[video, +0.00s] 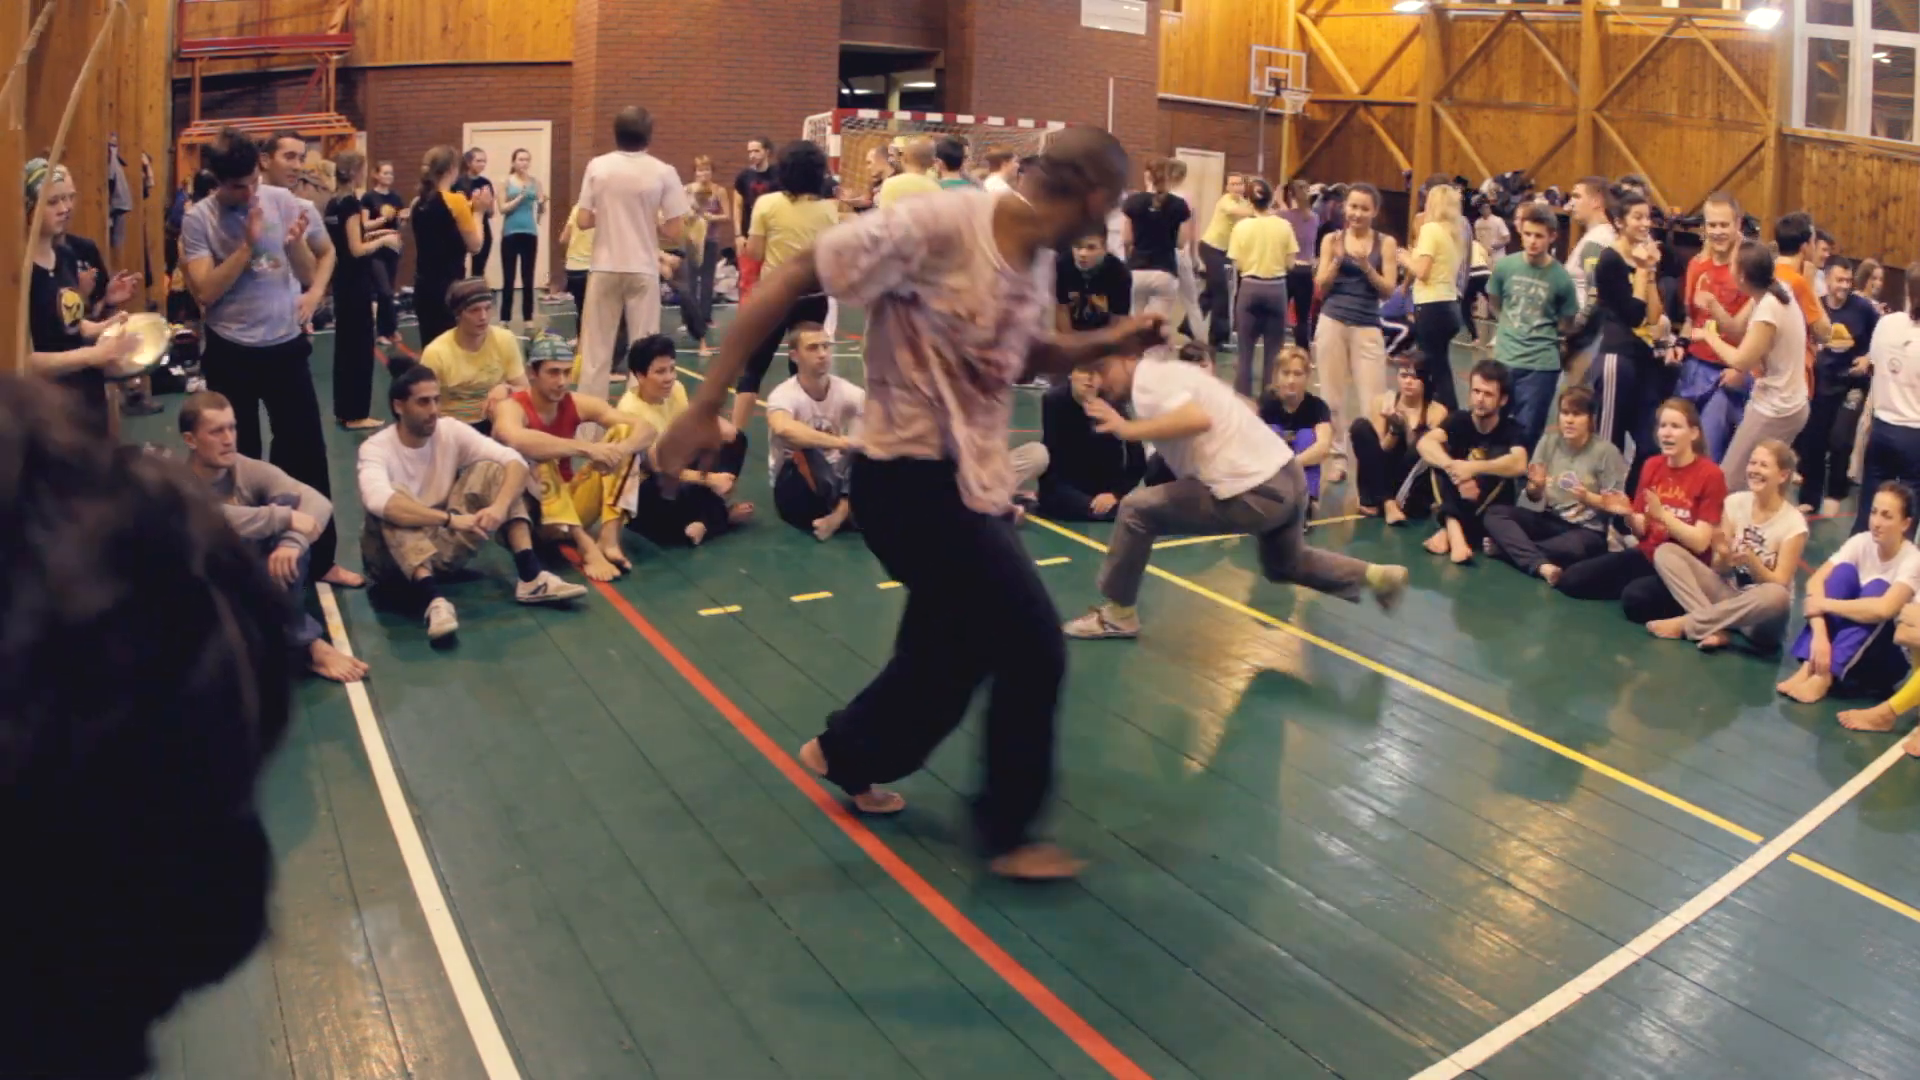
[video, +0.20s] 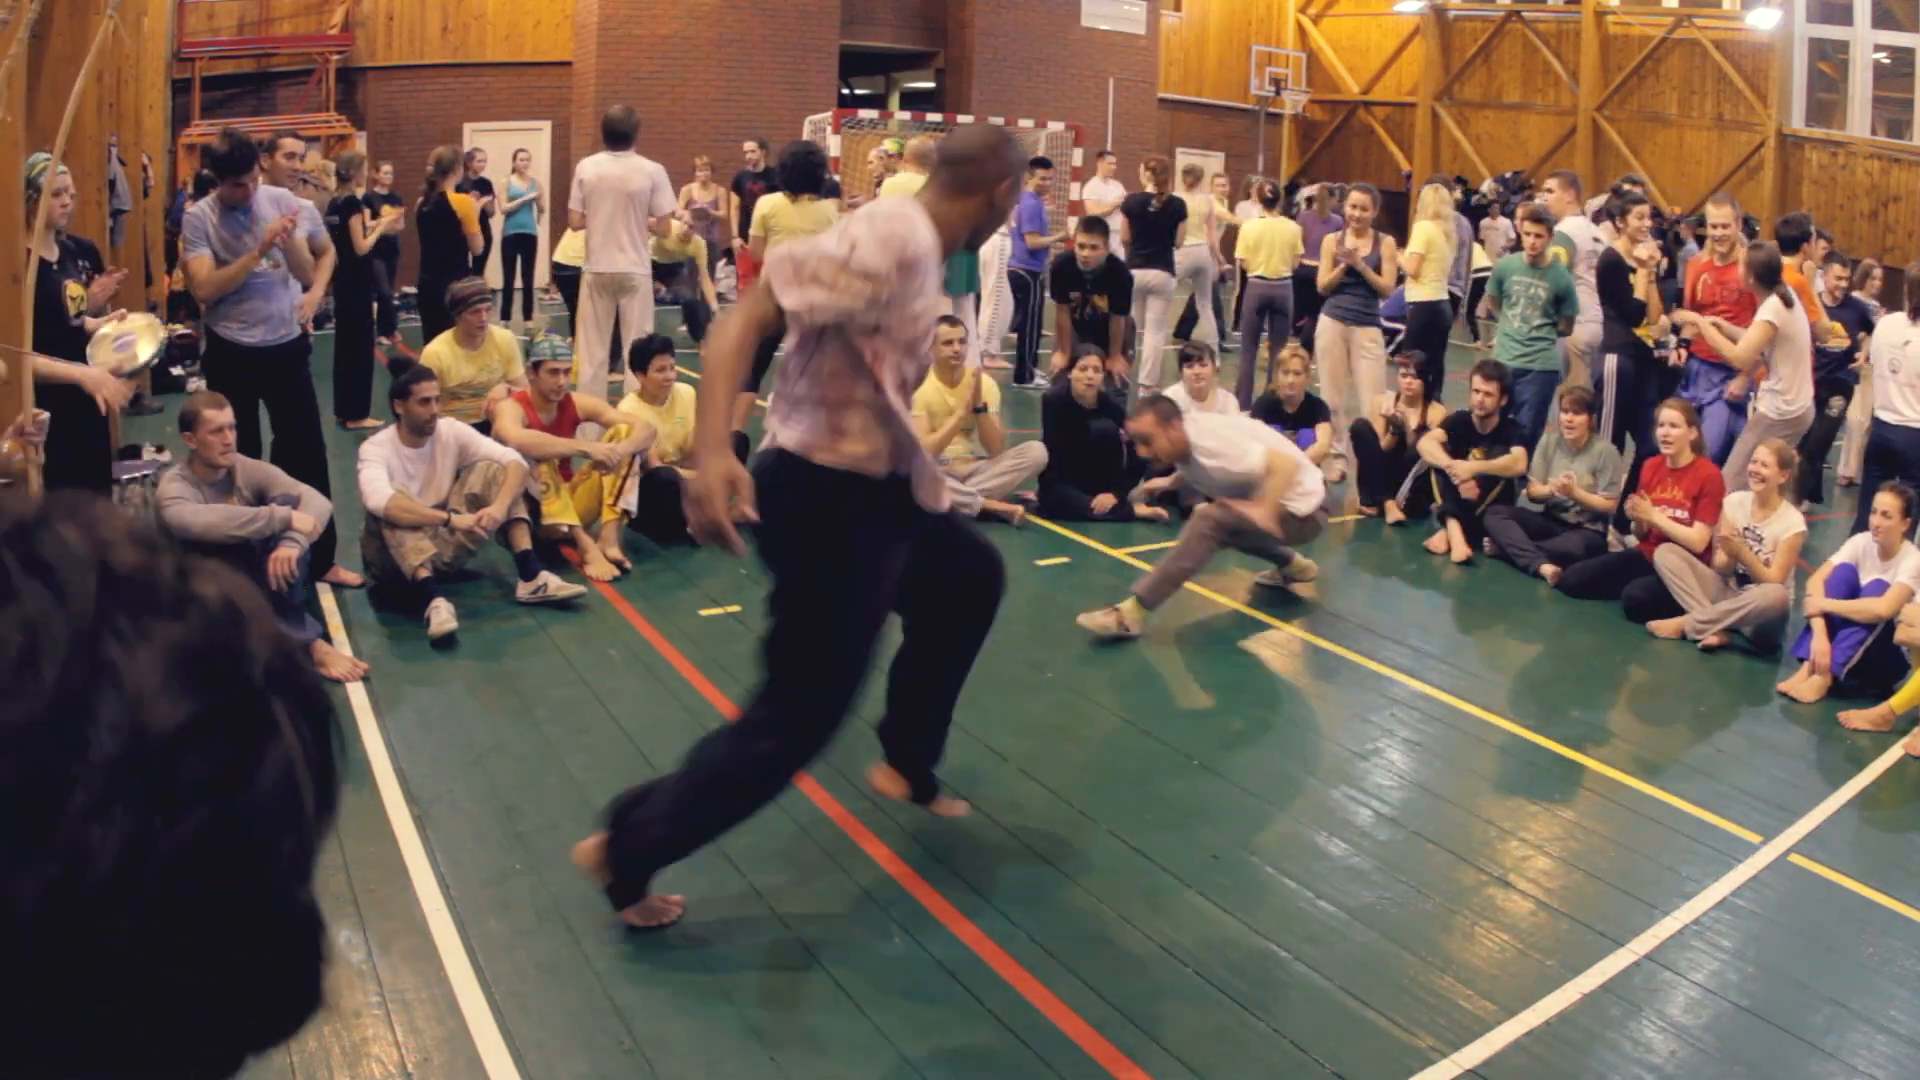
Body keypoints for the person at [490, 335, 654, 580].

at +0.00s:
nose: (562, 381)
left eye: (567, 373)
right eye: (553, 373)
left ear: (572, 372)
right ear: (532, 373)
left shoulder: (579, 403)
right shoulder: (511, 407)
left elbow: (646, 429)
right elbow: (512, 438)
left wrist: (622, 449)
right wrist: (585, 448)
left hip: (572, 505)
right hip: (528, 511)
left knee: (623, 432)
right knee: (543, 466)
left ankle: (609, 536)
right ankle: (587, 546)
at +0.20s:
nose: (562, 381)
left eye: (567, 373)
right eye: (553, 373)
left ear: (572, 372)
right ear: (532, 373)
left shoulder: (578, 403)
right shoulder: (510, 407)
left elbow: (646, 429)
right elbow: (512, 438)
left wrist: (622, 449)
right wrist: (585, 447)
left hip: (572, 504)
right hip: (528, 511)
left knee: (624, 431)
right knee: (542, 465)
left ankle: (609, 536)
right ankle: (586, 545)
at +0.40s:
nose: (563, 380)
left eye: (568, 371)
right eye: (554, 372)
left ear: (574, 371)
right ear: (532, 373)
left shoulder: (579, 403)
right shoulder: (510, 408)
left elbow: (647, 430)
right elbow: (508, 440)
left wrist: (623, 450)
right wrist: (584, 449)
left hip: (574, 504)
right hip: (530, 510)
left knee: (628, 433)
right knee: (538, 462)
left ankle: (609, 536)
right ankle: (586, 544)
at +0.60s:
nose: (562, 380)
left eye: (567, 371)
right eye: (554, 372)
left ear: (573, 371)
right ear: (533, 373)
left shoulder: (578, 402)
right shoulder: (510, 405)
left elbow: (645, 428)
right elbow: (512, 438)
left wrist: (625, 450)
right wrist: (585, 449)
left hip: (572, 504)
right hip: (528, 509)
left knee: (624, 437)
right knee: (540, 465)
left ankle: (609, 537)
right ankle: (586, 545)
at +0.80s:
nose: (563, 381)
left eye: (567, 373)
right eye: (554, 373)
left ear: (572, 372)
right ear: (531, 374)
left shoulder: (579, 403)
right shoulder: (510, 407)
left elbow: (642, 429)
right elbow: (508, 438)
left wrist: (625, 450)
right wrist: (583, 448)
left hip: (572, 504)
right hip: (529, 510)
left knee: (623, 432)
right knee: (540, 466)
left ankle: (609, 537)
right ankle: (586, 546)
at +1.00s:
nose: (563, 382)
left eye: (567, 373)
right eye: (554, 373)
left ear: (572, 372)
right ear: (531, 374)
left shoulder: (578, 402)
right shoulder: (510, 407)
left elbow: (646, 428)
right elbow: (508, 439)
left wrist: (625, 451)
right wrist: (583, 450)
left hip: (572, 504)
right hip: (528, 510)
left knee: (623, 432)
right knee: (542, 466)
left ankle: (609, 536)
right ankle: (587, 546)